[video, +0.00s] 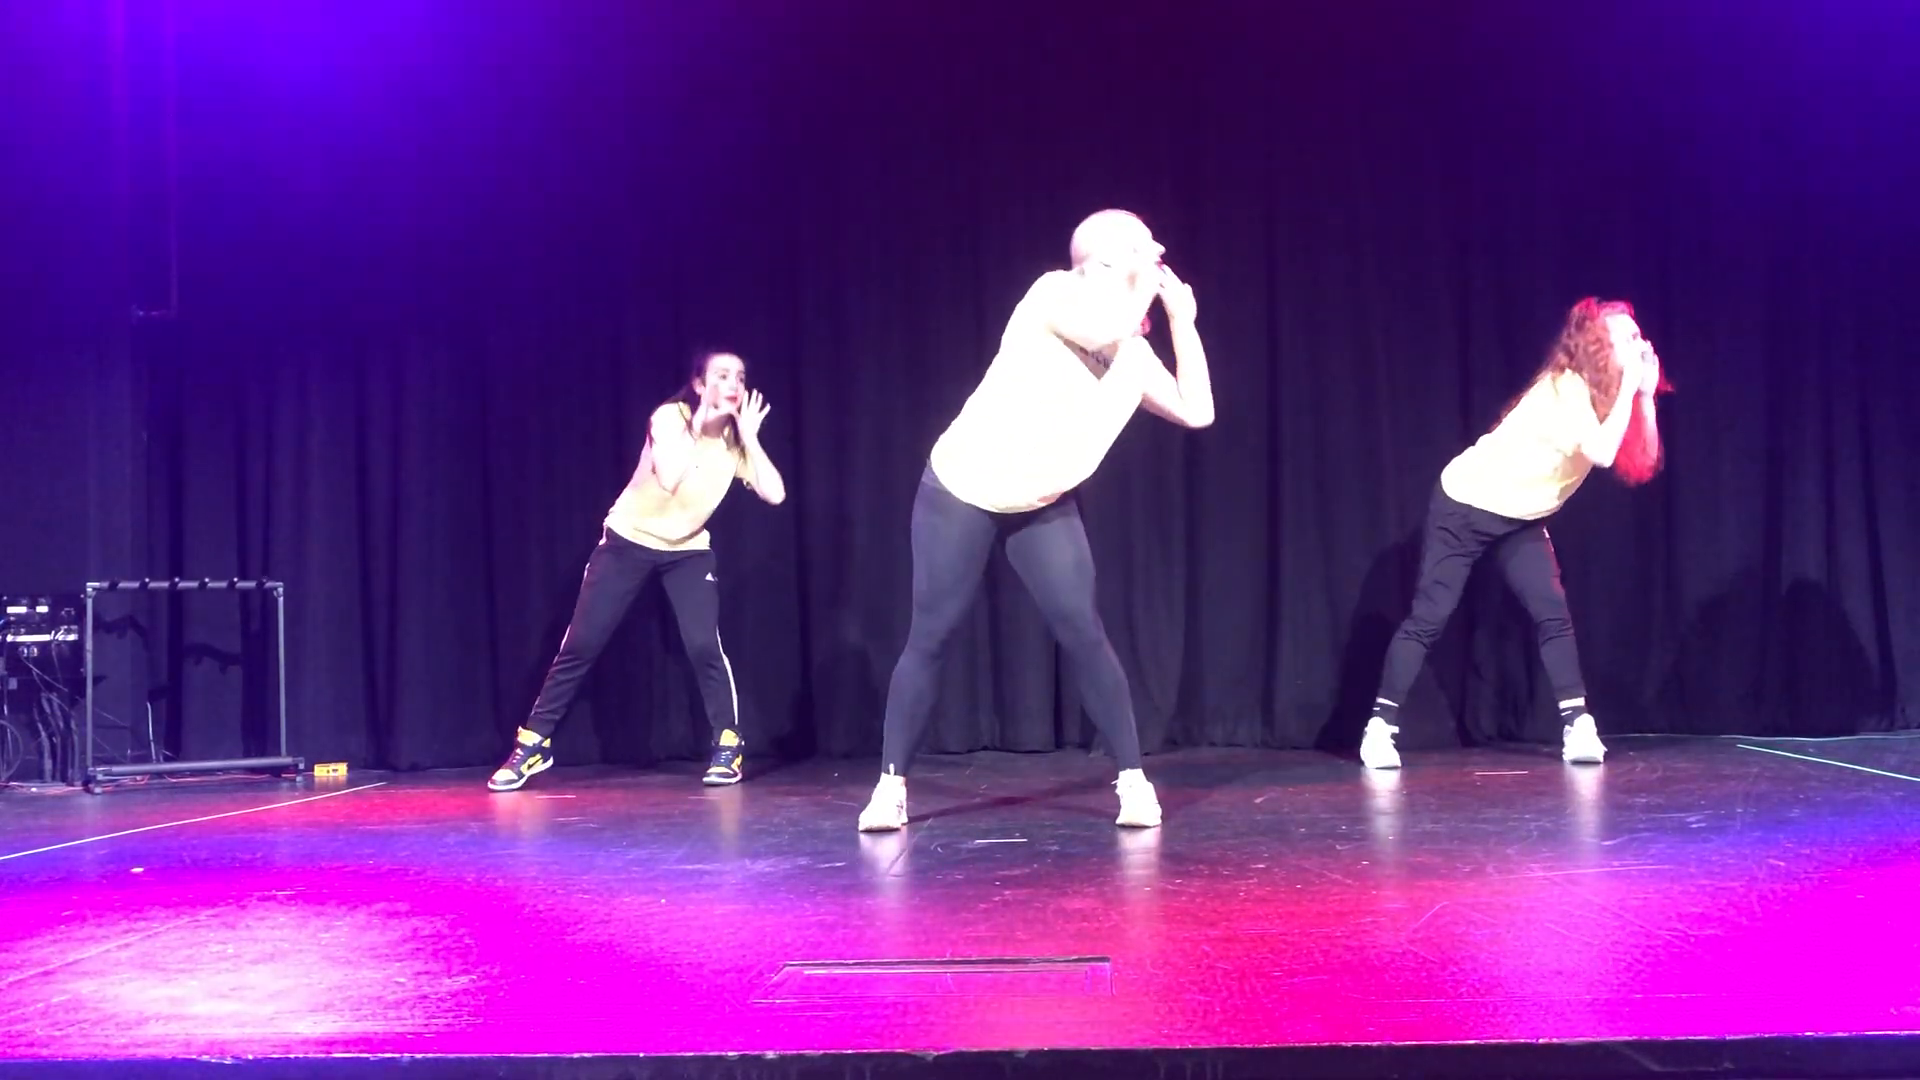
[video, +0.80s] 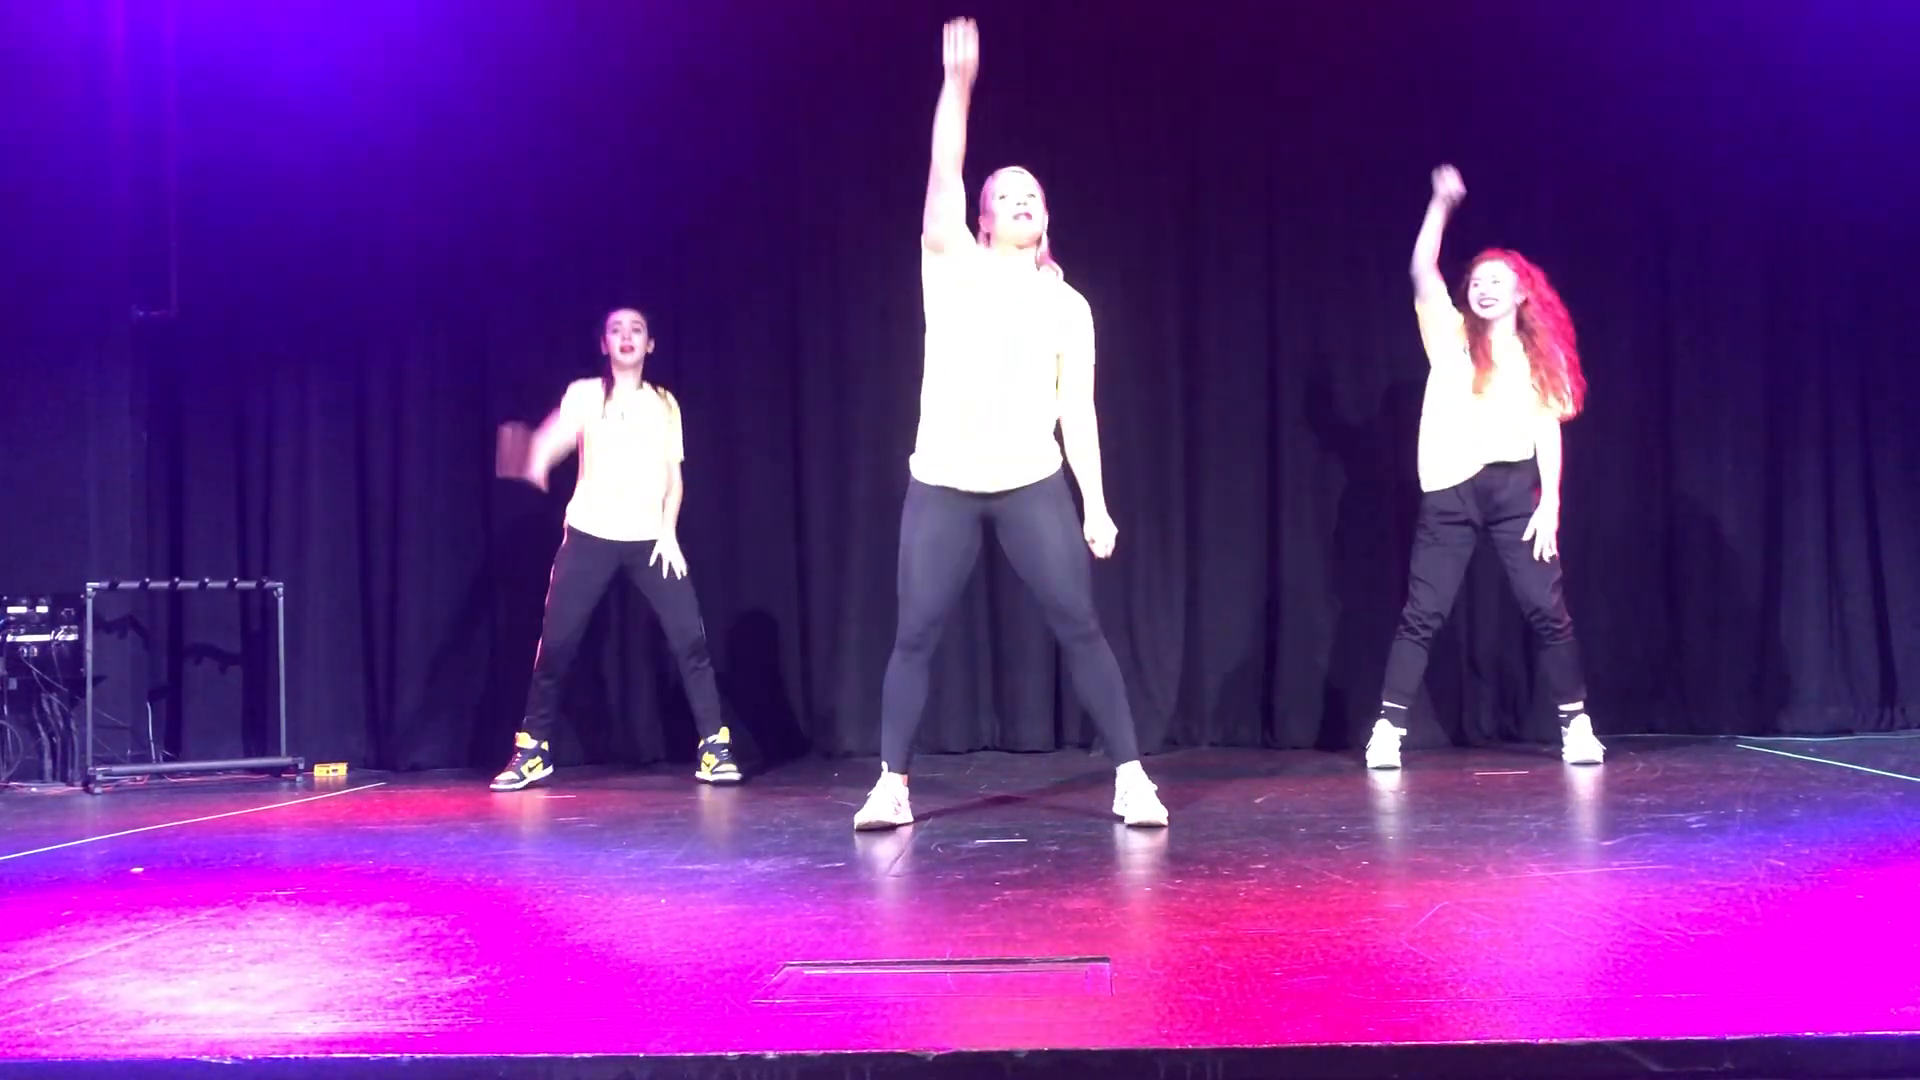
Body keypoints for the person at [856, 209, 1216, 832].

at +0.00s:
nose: (1158, 251)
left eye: (1153, 240)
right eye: (1142, 237)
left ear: (1132, 259)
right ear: (1100, 254)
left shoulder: (1133, 352)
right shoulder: (1055, 292)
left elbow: (1197, 410)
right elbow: (1101, 332)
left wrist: (1184, 322)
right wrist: (1143, 281)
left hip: (1043, 504)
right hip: (960, 492)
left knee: (1083, 632)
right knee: (931, 633)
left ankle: (1131, 778)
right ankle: (891, 782)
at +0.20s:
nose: (1109, 222)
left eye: (1105, 213)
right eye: (1093, 212)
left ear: (1089, 232)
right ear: (1050, 228)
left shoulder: (1104, 320)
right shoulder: (1006, 272)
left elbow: (1168, 375)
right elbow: (1023, 307)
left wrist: (1145, 292)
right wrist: (1083, 259)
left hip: (1052, 496)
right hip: (969, 488)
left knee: (1088, 629)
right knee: (935, 630)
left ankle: (1135, 777)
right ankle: (892, 781)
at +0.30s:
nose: (1081, 206)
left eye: (1081, 198)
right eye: (1063, 196)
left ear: (1083, 220)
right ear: (1023, 214)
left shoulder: (1096, 301)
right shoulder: (989, 270)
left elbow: (1133, 393)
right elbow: (950, 342)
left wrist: (1141, 323)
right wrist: (1032, 306)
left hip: (1053, 488)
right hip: (967, 482)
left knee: (1090, 625)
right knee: (932, 626)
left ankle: (1135, 776)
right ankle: (892, 780)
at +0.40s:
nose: (1045, 225)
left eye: (1053, 216)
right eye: (1030, 216)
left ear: (1065, 231)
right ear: (1002, 231)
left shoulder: (1088, 312)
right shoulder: (966, 293)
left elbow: (1106, 408)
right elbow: (932, 393)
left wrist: (1140, 444)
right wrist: (991, 436)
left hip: (1050, 493)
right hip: (960, 492)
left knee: (1097, 628)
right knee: (925, 638)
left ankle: (1130, 778)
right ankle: (897, 783)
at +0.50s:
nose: (1028, 259)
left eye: (1037, 248)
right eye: (1013, 250)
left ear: (1054, 263)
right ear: (992, 270)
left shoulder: (1074, 352)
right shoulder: (951, 351)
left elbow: (1094, 453)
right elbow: (942, 457)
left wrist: (1124, 542)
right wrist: (956, 547)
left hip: (1043, 523)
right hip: (955, 521)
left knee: (1101, 640)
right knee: (916, 653)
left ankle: (1129, 781)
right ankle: (895, 786)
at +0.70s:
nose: (1026, 236)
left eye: (1035, 226)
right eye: (1013, 227)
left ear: (1052, 237)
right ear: (990, 241)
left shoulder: (1071, 330)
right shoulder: (950, 296)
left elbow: (1080, 436)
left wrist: (1094, 525)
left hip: (1034, 499)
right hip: (945, 498)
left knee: (1090, 631)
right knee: (910, 639)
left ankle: (1129, 780)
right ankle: (894, 785)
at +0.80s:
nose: (1023, 204)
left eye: (1032, 197)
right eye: (1009, 197)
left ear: (1047, 217)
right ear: (982, 217)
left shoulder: (1068, 303)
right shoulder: (950, 265)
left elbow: (1078, 414)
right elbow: (944, 169)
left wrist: (1095, 507)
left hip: (1031, 480)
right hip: (941, 479)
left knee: (1078, 624)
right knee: (916, 631)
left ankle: (1130, 777)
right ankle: (891, 784)